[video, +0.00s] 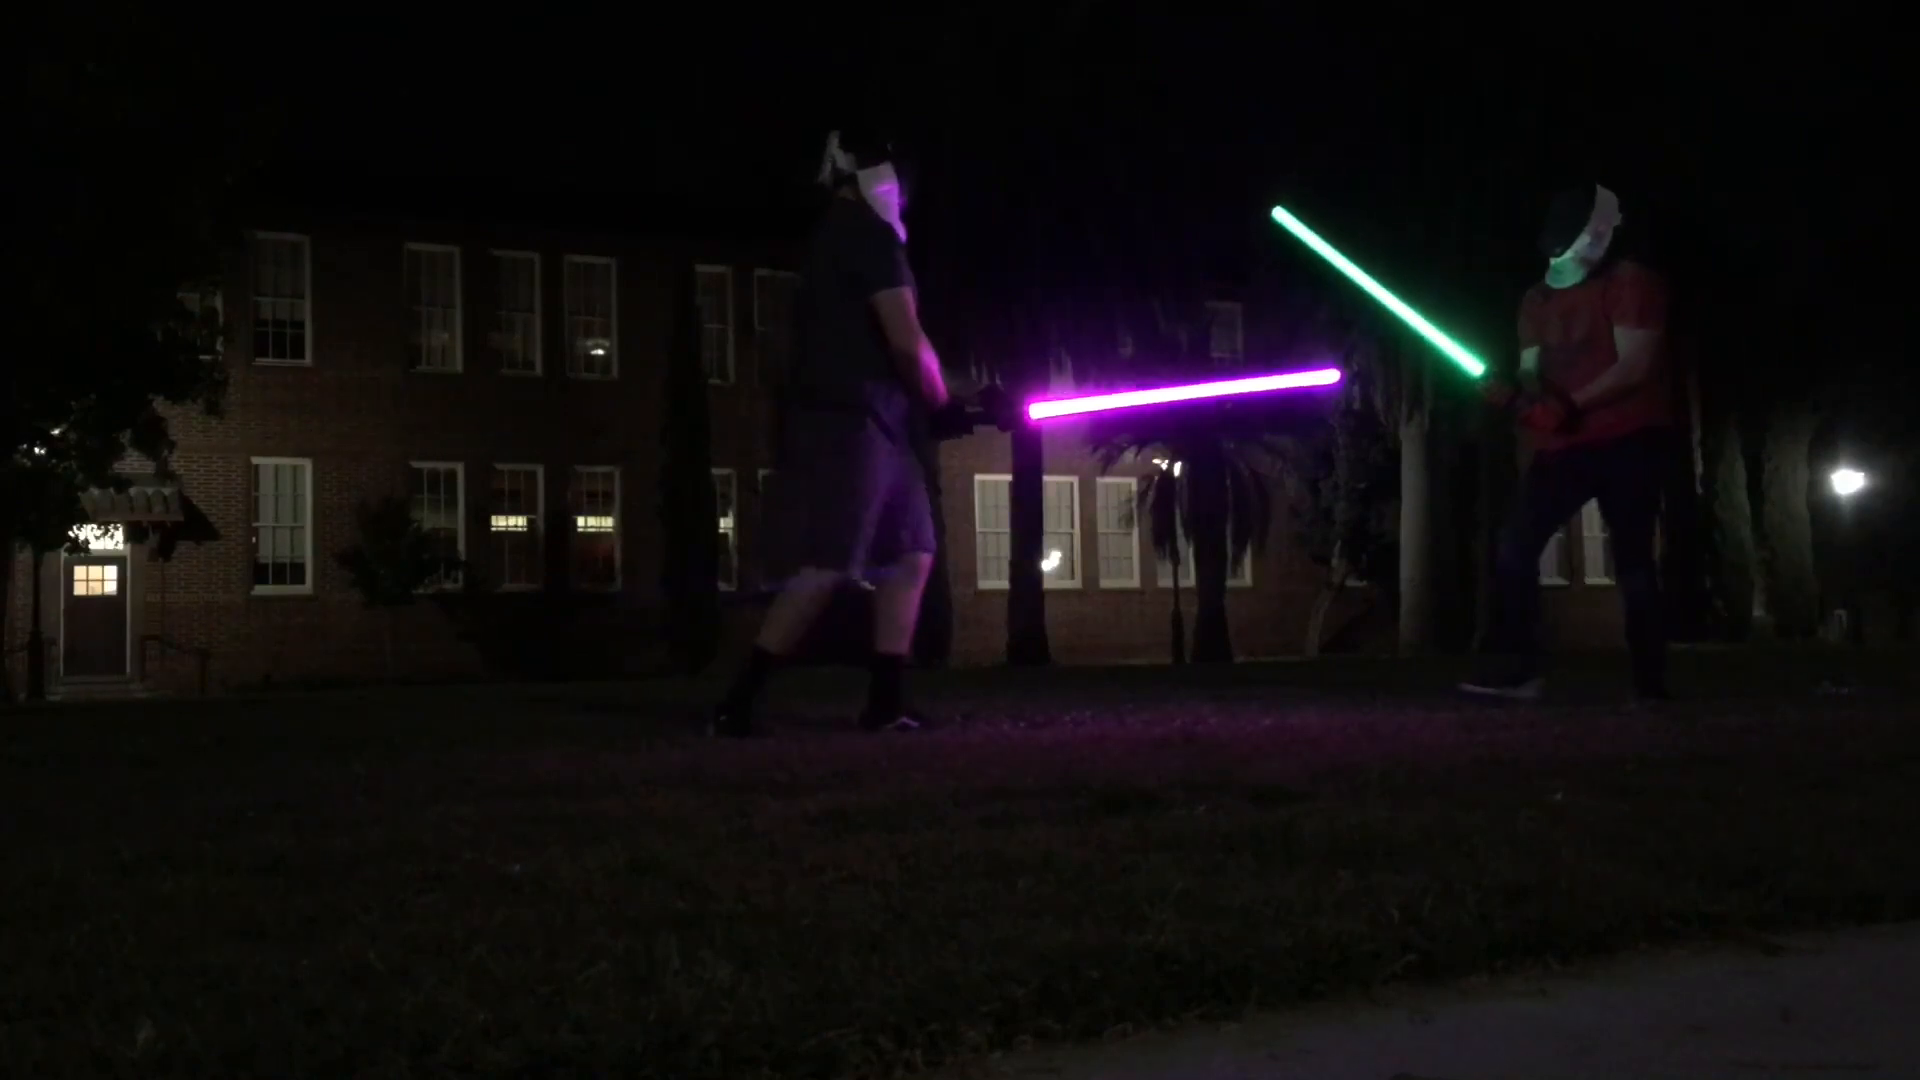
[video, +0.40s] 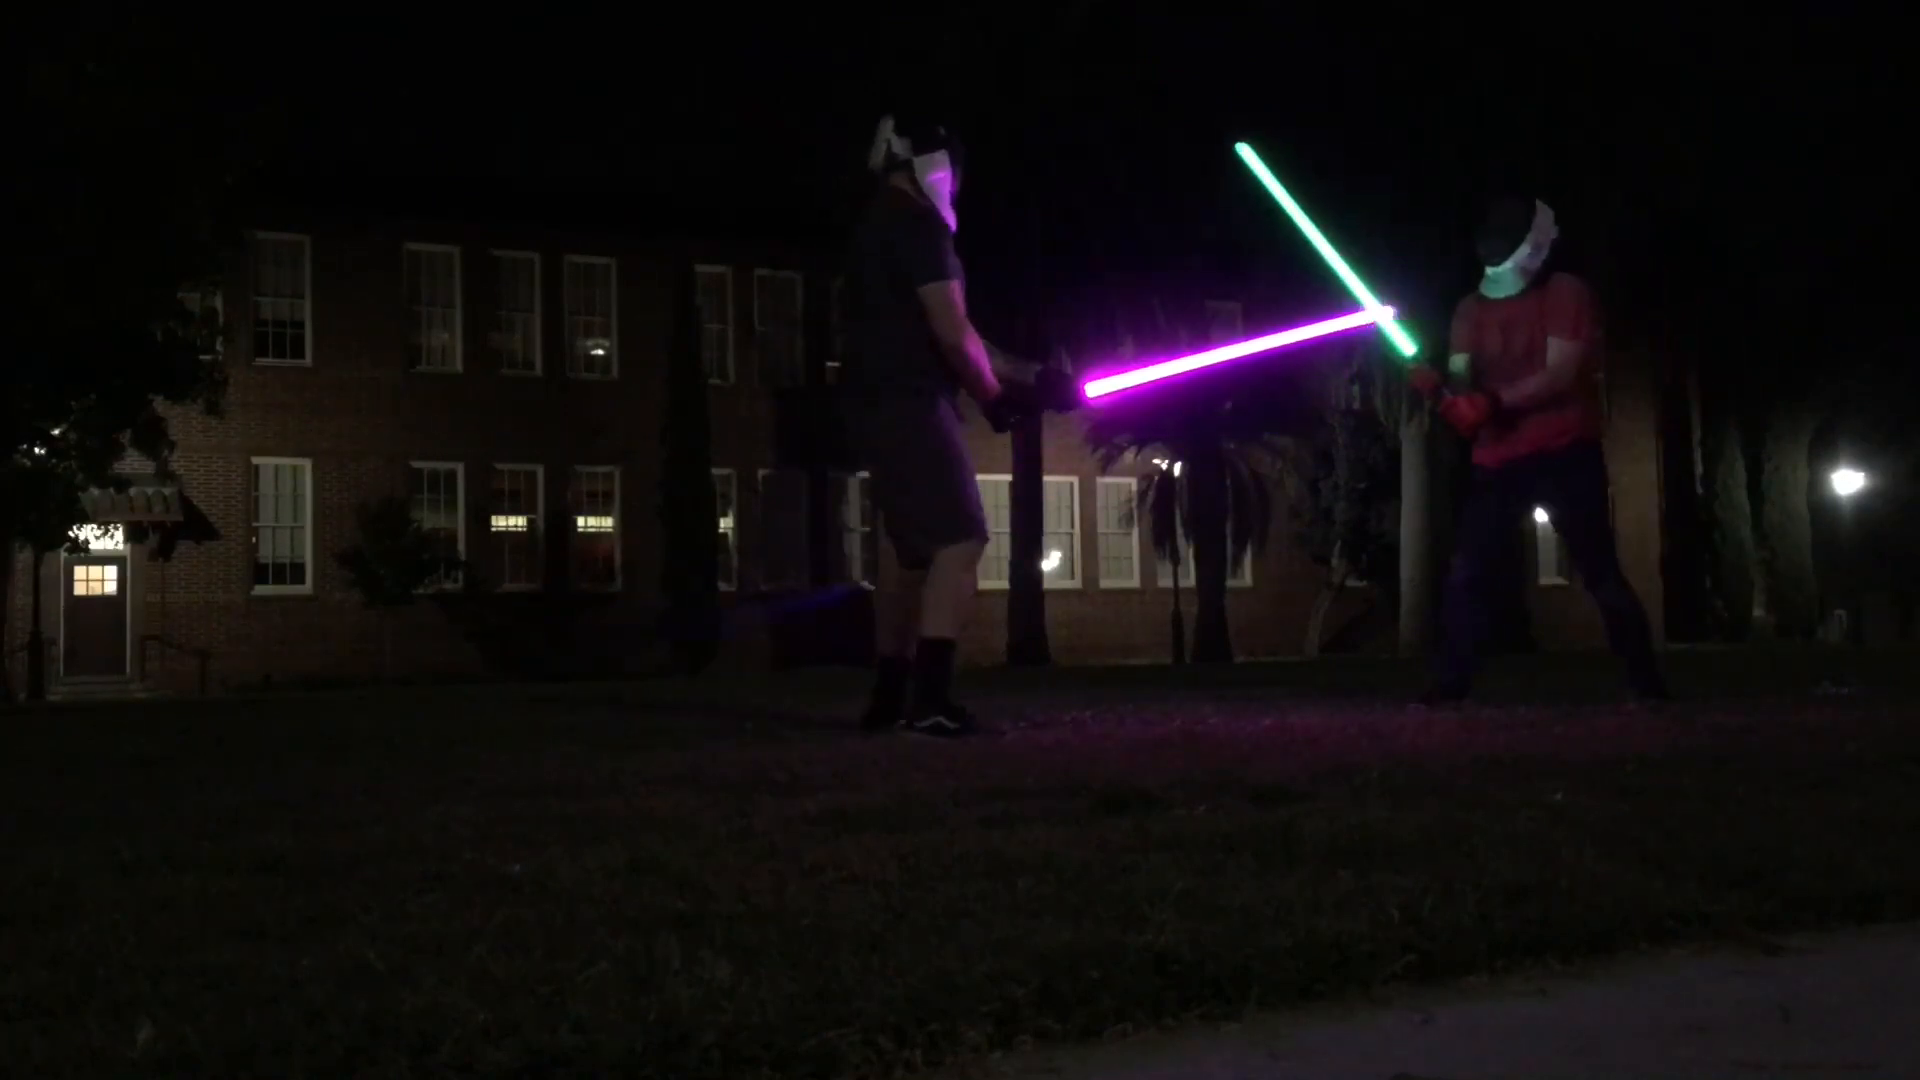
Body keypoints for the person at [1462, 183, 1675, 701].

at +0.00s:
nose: (1559, 256)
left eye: (1571, 244)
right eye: (1554, 246)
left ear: (1598, 237)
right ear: (1551, 242)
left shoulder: (1628, 285)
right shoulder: (1538, 302)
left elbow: (1635, 365)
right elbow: (1534, 382)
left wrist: (1571, 404)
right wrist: (1508, 392)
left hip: (1629, 447)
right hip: (1563, 451)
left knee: (1634, 568)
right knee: (1515, 548)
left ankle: (1649, 683)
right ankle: (1514, 670)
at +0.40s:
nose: (1498, 260)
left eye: (1510, 247)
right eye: (1493, 250)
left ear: (1534, 245)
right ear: (1488, 249)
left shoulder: (1564, 295)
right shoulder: (1470, 311)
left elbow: (1560, 375)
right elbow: (1461, 388)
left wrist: (1492, 402)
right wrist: (1439, 390)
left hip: (1565, 456)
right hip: (1496, 463)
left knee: (1598, 571)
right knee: (1472, 571)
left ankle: (1645, 680)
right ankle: (1452, 682)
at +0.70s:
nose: (1494, 277)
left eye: (1504, 265)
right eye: (1487, 268)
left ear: (1529, 253)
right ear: (1477, 259)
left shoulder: (1556, 295)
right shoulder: (1465, 308)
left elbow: (1536, 351)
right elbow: (1425, 344)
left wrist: (1465, 346)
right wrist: (1415, 312)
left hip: (1562, 458)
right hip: (1492, 465)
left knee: (1597, 573)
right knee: (1469, 572)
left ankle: (1635, 680)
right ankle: (1451, 681)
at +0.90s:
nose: (1476, 260)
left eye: (1486, 249)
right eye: (1471, 252)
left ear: (1508, 249)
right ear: (1462, 256)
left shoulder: (1540, 295)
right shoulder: (1452, 306)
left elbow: (1506, 323)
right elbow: (1405, 316)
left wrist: (1449, 278)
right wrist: (1420, 252)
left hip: (1540, 462)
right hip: (1474, 469)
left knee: (1587, 576)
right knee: (1447, 576)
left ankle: (1637, 684)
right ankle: (1423, 693)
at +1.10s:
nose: (1447, 243)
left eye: (1459, 229)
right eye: (1437, 231)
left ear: (1481, 236)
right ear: (1424, 240)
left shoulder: (1503, 287)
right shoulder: (1418, 295)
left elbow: (1488, 322)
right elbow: (1374, 314)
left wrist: (1422, 313)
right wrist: (1378, 274)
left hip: (1503, 456)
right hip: (1438, 460)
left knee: (1551, 568)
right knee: (1431, 574)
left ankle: (1607, 677)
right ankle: (1422, 688)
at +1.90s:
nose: (1464, 305)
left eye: (1472, 297)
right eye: (1454, 295)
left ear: (1488, 293)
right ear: (1440, 291)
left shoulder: (1508, 327)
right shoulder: (1427, 327)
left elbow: (1525, 300)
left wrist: (1488, 285)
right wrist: (1414, 326)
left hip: (1496, 465)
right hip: (1436, 467)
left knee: (1509, 569)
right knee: (1433, 566)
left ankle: (1498, 672)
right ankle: (1416, 669)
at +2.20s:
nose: (1432, 314)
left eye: (1441, 302)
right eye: (1422, 305)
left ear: (1460, 296)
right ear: (1410, 304)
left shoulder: (1484, 344)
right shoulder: (1397, 351)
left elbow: (1504, 401)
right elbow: (1387, 405)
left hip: (1483, 493)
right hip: (1423, 495)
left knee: (1493, 588)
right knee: (1430, 591)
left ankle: (1495, 678)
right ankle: (1432, 678)